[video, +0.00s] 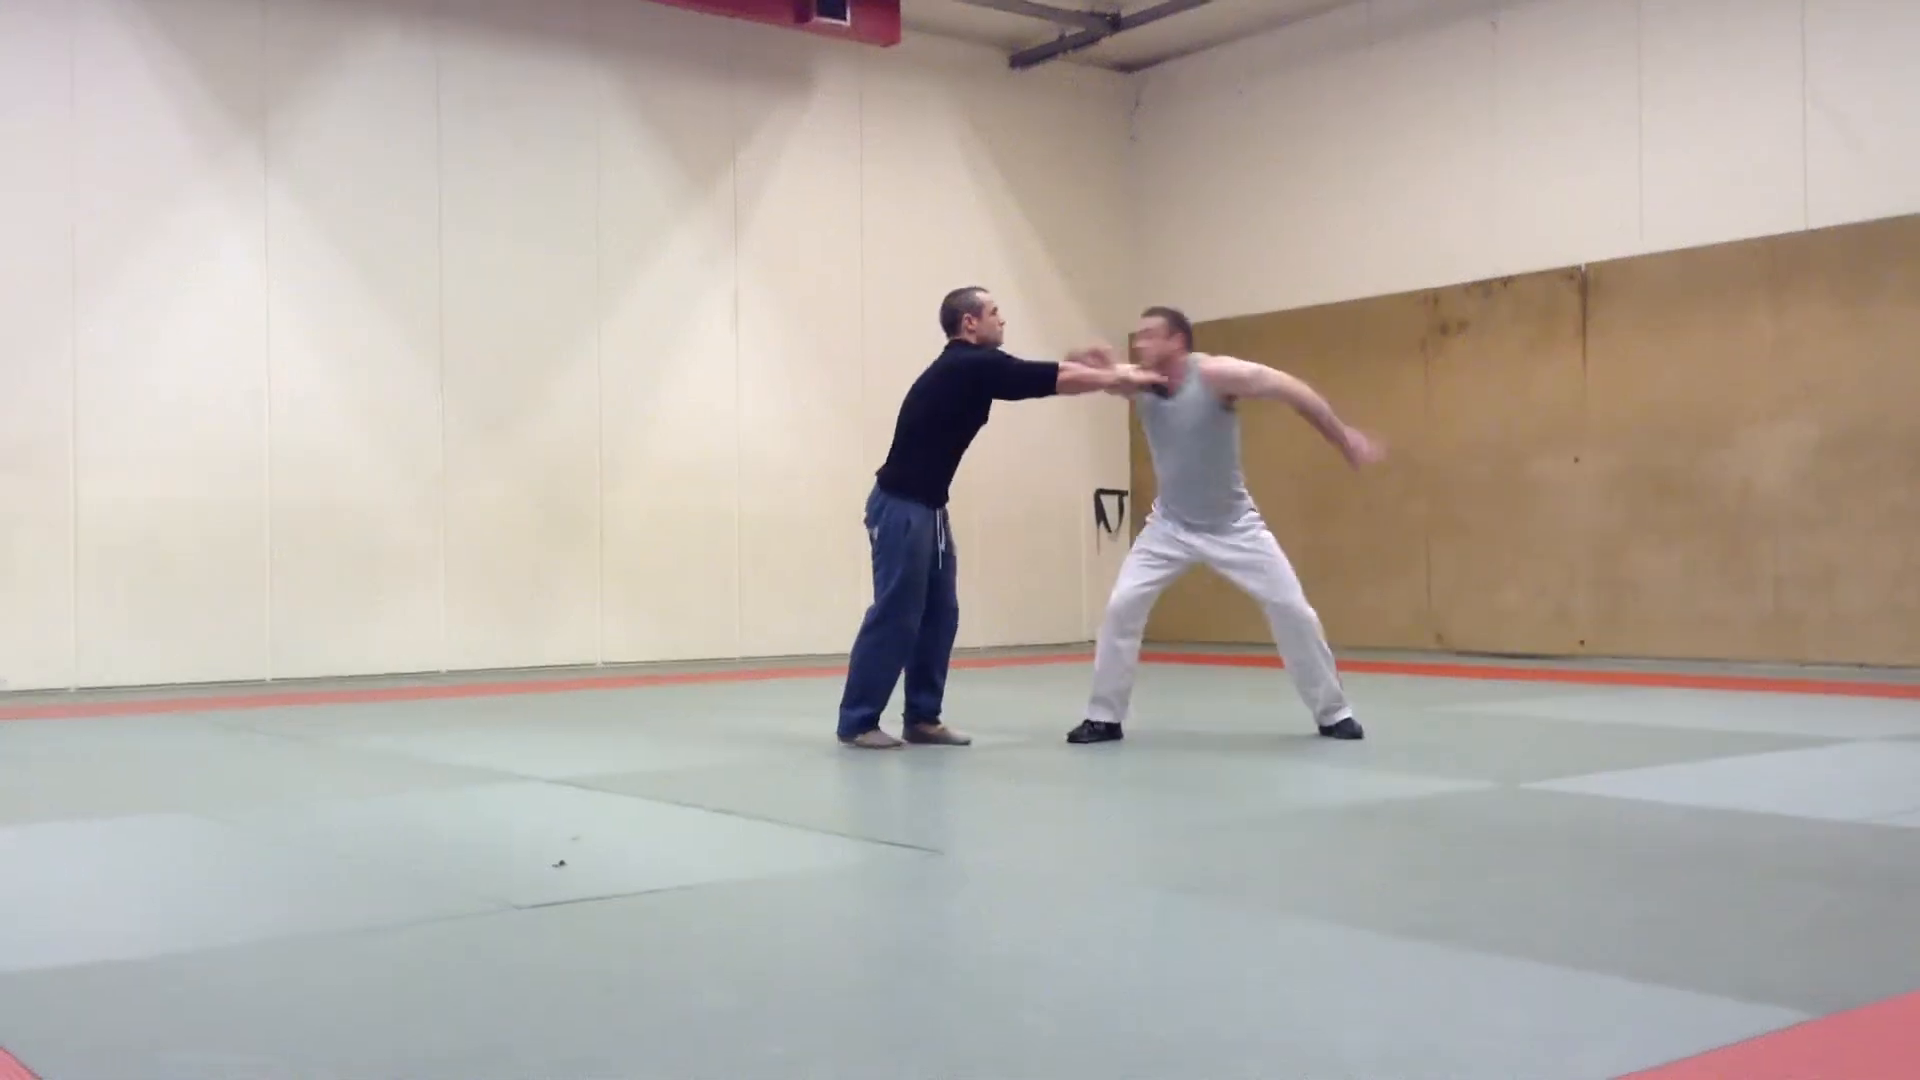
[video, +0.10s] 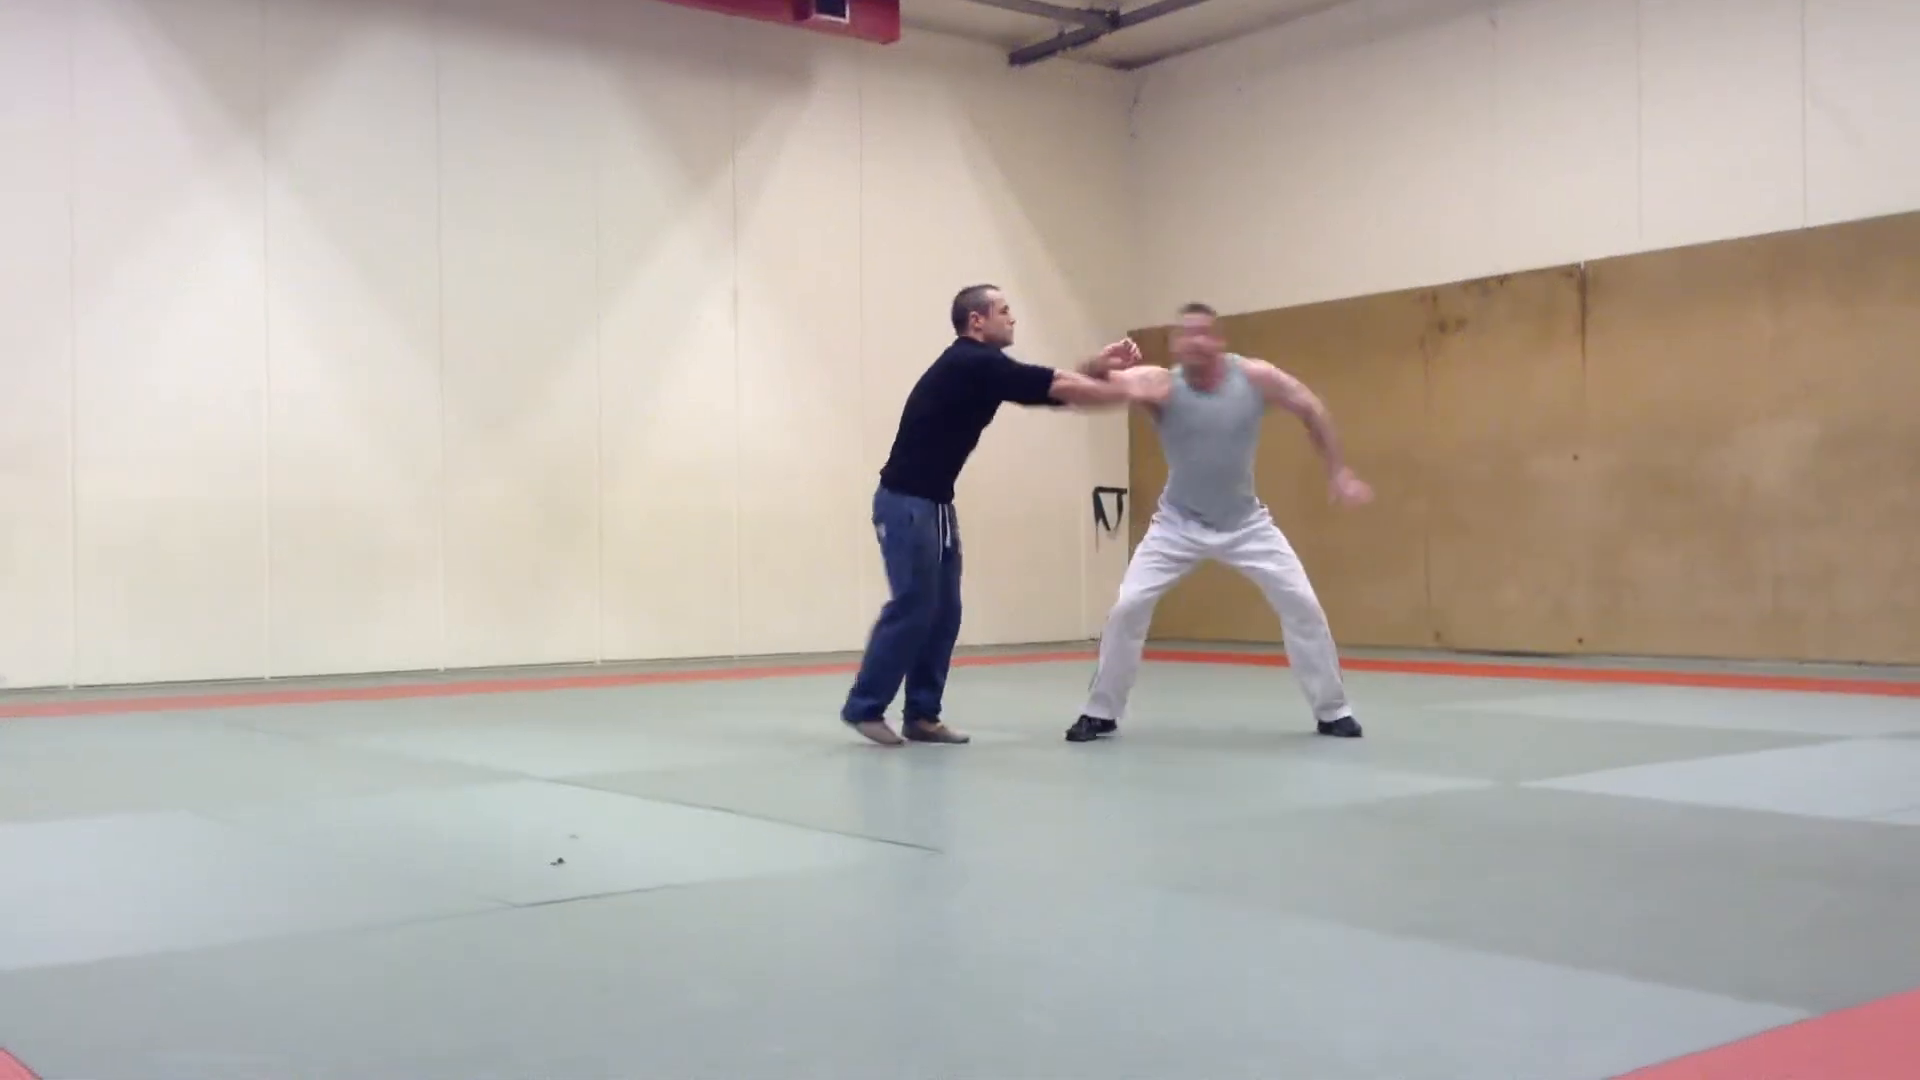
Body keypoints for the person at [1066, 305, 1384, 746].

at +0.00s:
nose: (1140, 345)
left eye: (1149, 336)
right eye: (1138, 337)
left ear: (1179, 341)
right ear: (1138, 345)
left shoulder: (1214, 374)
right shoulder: (1141, 383)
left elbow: (1292, 389)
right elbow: (1110, 383)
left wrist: (1344, 438)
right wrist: (1101, 369)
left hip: (1235, 527)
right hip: (1169, 527)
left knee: (1295, 612)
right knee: (1122, 606)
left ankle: (1332, 712)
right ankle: (1104, 717)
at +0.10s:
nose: (1194, 342)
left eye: (1202, 333)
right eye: (1186, 334)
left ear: (1219, 339)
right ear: (1174, 342)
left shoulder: (1255, 376)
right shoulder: (1158, 384)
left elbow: (1312, 409)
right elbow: (1088, 389)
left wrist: (1339, 472)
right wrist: (1098, 366)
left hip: (1247, 526)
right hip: (1178, 526)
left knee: (1303, 604)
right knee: (1128, 606)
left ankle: (1332, 711)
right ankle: (1101, 712)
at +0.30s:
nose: (1259, 361)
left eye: (1263, 353)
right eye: (1249, 353)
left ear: (1269, 357)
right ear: (1224, 358)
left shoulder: (1274, 402)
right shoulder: (1206, 401)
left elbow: (1271, 454)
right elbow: (1173, 421)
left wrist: (1289, 501)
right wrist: (1144, 426)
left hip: (1245, 536)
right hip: (1181, 536)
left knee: (1310, 605)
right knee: (1129, 614)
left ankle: (1329, 714)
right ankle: (1077, 720)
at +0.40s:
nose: (1257, 371)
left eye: (1261, 363)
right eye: (1247, 363)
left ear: (1267, 366)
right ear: (1222, 367)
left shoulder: (1272, 412)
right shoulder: (1205, 411)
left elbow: (1269, 464)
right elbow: (1194, 436)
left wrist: (1285, 513)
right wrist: (1176, 433)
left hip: (1241, 542)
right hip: (1178, 541)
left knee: (1310, 608)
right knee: (1127, 617)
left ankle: (1326, 717)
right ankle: (1077, 722)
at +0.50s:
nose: (1219, 373)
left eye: (1230, 365)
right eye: (1214, 365)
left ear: (1253, 372)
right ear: (1206, 371)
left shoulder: (1273, 419)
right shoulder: (1195, 415)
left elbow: (1277, 469)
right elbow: (1185, 439)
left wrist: (1286, 525)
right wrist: (1188, 418)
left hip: (1240, 546)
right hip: (1174, 545)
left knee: (1309, 614)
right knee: (1118, 618)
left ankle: (1325, 720)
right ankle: (1075, 724)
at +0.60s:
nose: (1194, 375)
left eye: (1203, 367)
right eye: (1192, 369)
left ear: (1234, 372)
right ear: (1194, 377)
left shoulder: (1269, 419)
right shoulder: (1176, 418)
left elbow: (1286, 473)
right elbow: (1172, 435)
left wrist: (1288, 535)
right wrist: (1200, 396)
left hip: (1236, 550)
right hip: (1169, 548)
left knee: (1305, 619)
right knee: (1110, 619)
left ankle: (1324, 722)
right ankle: (1073, 726)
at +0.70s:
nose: (1179, 377)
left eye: (1189, 370)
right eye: (1179, 370)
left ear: (1220, 376)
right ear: (1182, 375)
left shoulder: (1260, 420)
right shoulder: (1173, 419)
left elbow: (1287, 472)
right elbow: (1146, 421)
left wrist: (1291, 535)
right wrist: (1215, 394)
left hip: (1231, 552)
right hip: (1163, 550)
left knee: (1301, 623)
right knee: (1105, 619)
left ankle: (1322, 724)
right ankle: (1071, 728)